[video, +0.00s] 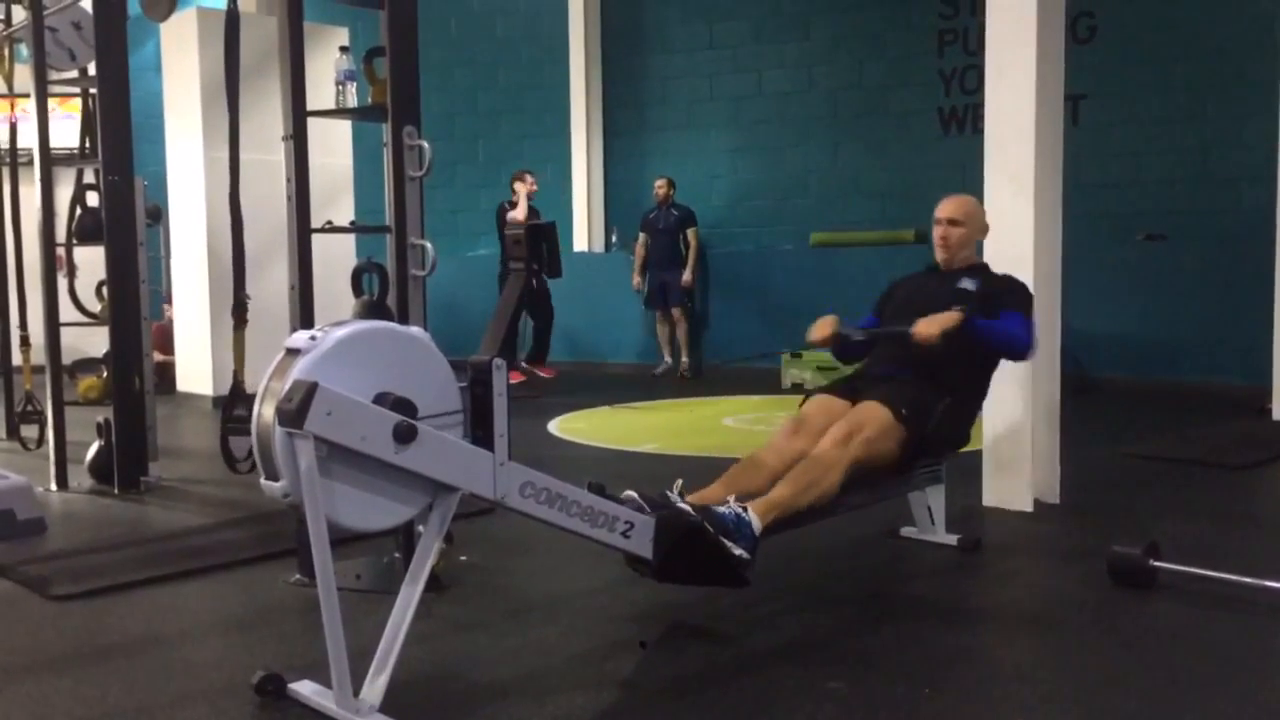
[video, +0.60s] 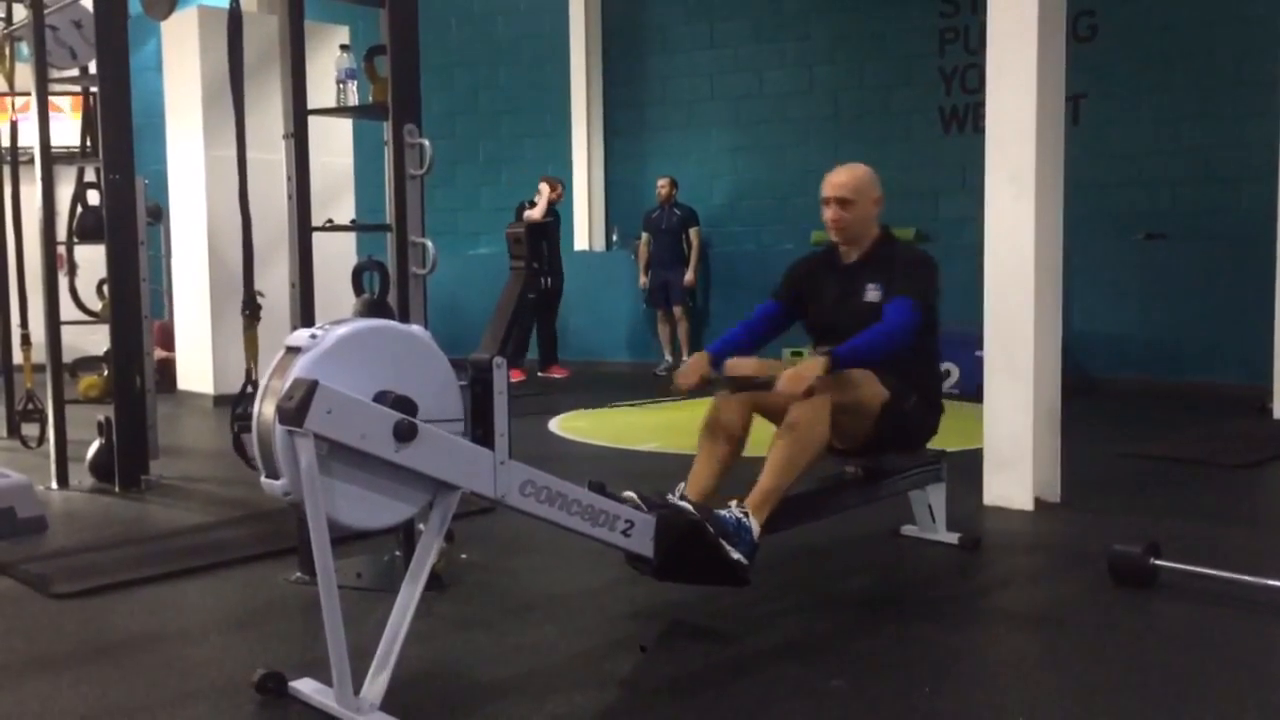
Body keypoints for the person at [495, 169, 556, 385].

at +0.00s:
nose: (535, 187)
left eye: (535, 184)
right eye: (530, 184)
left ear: (533, 187)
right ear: (518, 187)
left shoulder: (534, 212)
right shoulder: (505, 208)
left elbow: (538, 241)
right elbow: (519, 217)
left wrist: (543, 265)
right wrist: (521, 194)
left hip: (533, 272)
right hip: (512, 273)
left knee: (545, 316)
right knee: (510, 319)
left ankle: (536, 362)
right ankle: (509, 366)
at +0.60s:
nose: (557, 200)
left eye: (559, 197)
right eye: (556, 195)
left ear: (557, 198)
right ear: (544, 192)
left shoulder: (554, 215)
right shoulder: (525, 208)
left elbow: (554, 246)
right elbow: (536, 216)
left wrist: (557, 272)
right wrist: (543, 196)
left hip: (552, 274)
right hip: (531, 274)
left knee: (548, 322)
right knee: (524, 321)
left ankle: (548, 364)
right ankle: (515, 365)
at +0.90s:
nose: (567, 206)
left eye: (569, 203)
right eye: (567, 202)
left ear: (561, 197)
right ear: (558, 195)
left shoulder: (552, 213)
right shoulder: (533, 206)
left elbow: (553, 248)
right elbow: (531, 239)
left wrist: (559, 273)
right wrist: (560, 224)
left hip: (554, 275)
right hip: (536, 275)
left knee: (550, 322)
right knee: (532, 321)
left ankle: (548, 363)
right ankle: (526, 364)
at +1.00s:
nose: (571, 204)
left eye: (573, 200)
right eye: (570, 199)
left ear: (563, 195)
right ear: (561, 194)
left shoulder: (558, 213)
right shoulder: (534, 206)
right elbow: (530, 242)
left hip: (554, 272)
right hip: (535, 273)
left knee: (550, 321)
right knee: (532, 320)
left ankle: (546, 362)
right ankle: (526, 363)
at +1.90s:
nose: (556, 200)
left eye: (557, 196)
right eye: (555, 195)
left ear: (547, 194)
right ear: (544, 193)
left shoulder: (546, 214)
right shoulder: (527, 214)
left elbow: (548, 243)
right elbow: (527, 247)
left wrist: (565, 241)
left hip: (551, 277)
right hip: (533, 279)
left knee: (550, 324)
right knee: (528, 325)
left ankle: (548, 365)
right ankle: (524, 368)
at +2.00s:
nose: (555, 200)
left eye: (556, 196)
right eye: (554, 195)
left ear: (545, 194)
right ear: (543, 193)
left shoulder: (545, 214)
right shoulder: (526, 214)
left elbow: (546, 243)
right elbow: (527, 247)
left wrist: (563, 242)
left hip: (551, 278)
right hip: (532, 279)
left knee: (550, 324)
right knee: (527, 325)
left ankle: (548, 366)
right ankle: (523, 368)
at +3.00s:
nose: (557, 205)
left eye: (558, 201)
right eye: (554, 200)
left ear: (548, 200)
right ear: (543, 199)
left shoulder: (550, 223)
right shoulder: (526, 222)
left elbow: (552, 254)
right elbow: (531, 253)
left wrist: (567, 245)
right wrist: (560, 243)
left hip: (554, 284)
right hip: (535, 285)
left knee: (553, 331)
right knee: (530, 333)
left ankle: (549, 374)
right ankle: (524, 377)